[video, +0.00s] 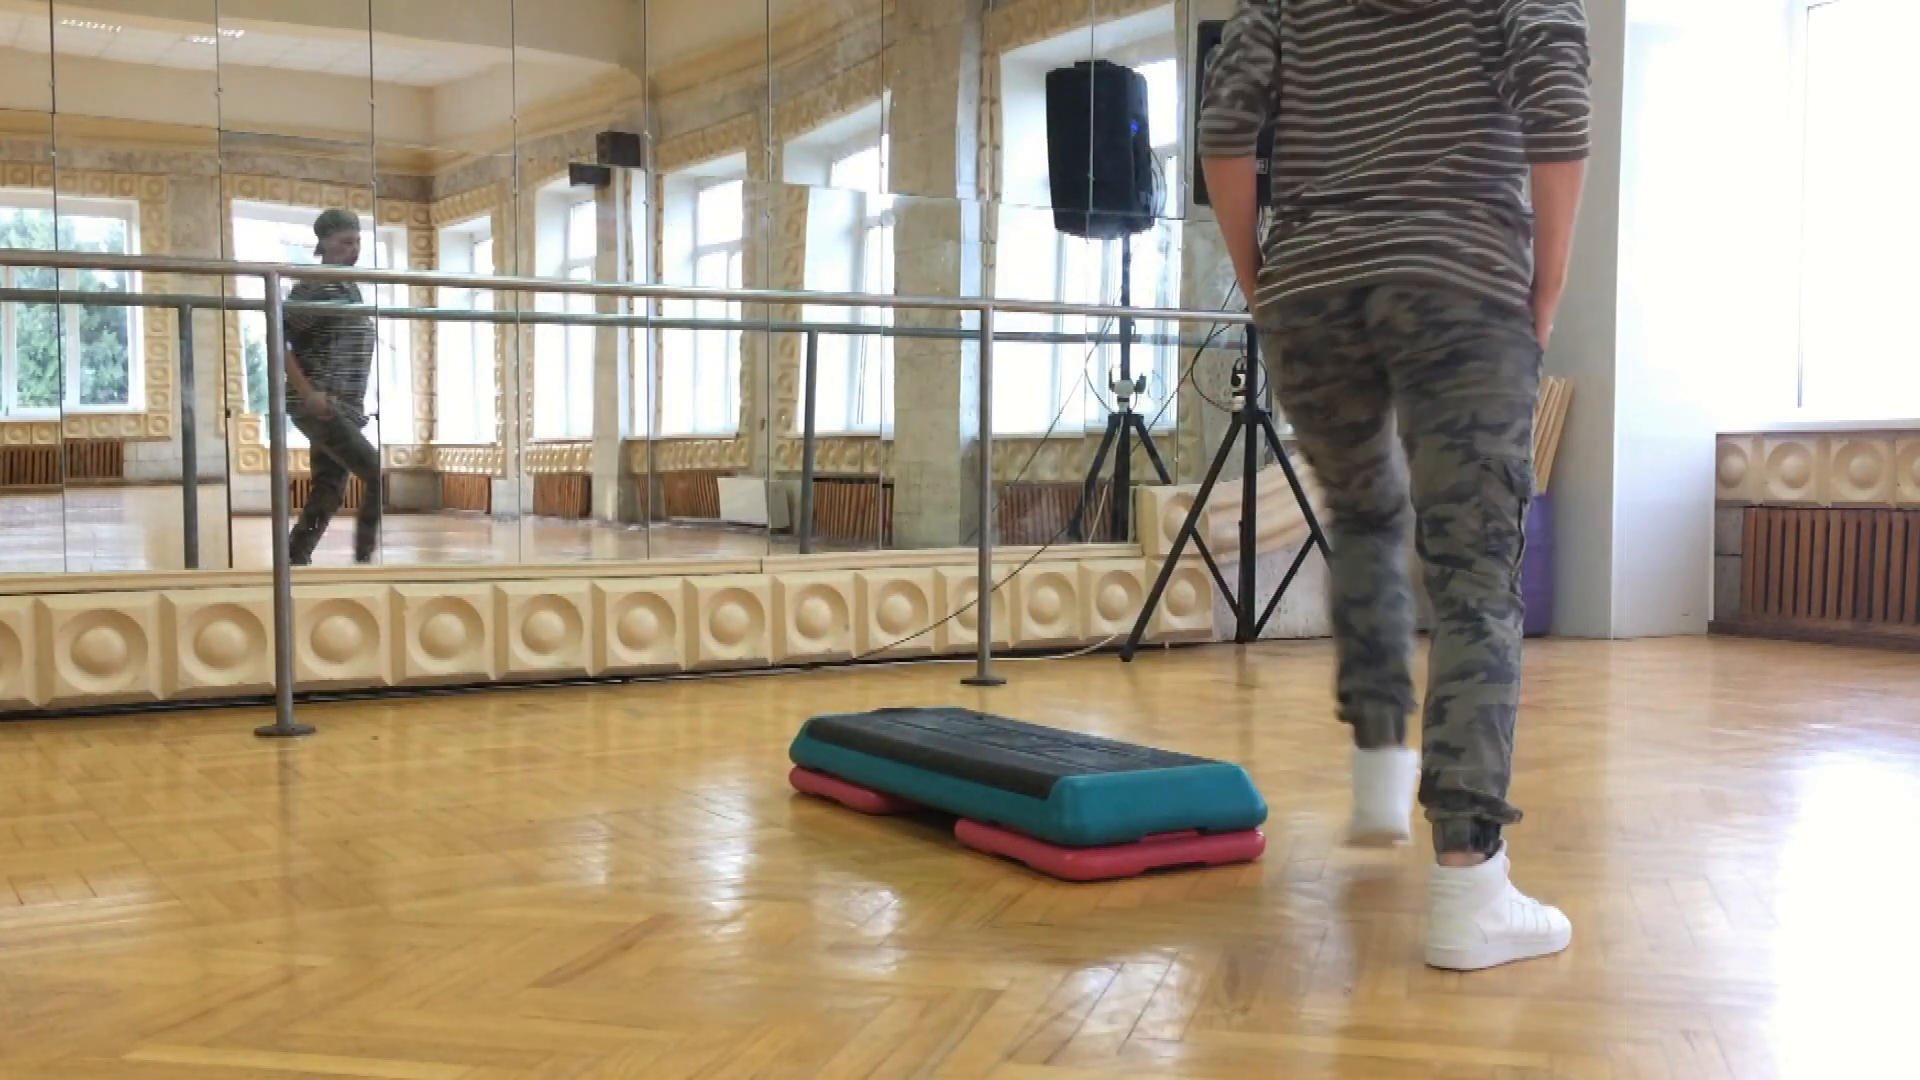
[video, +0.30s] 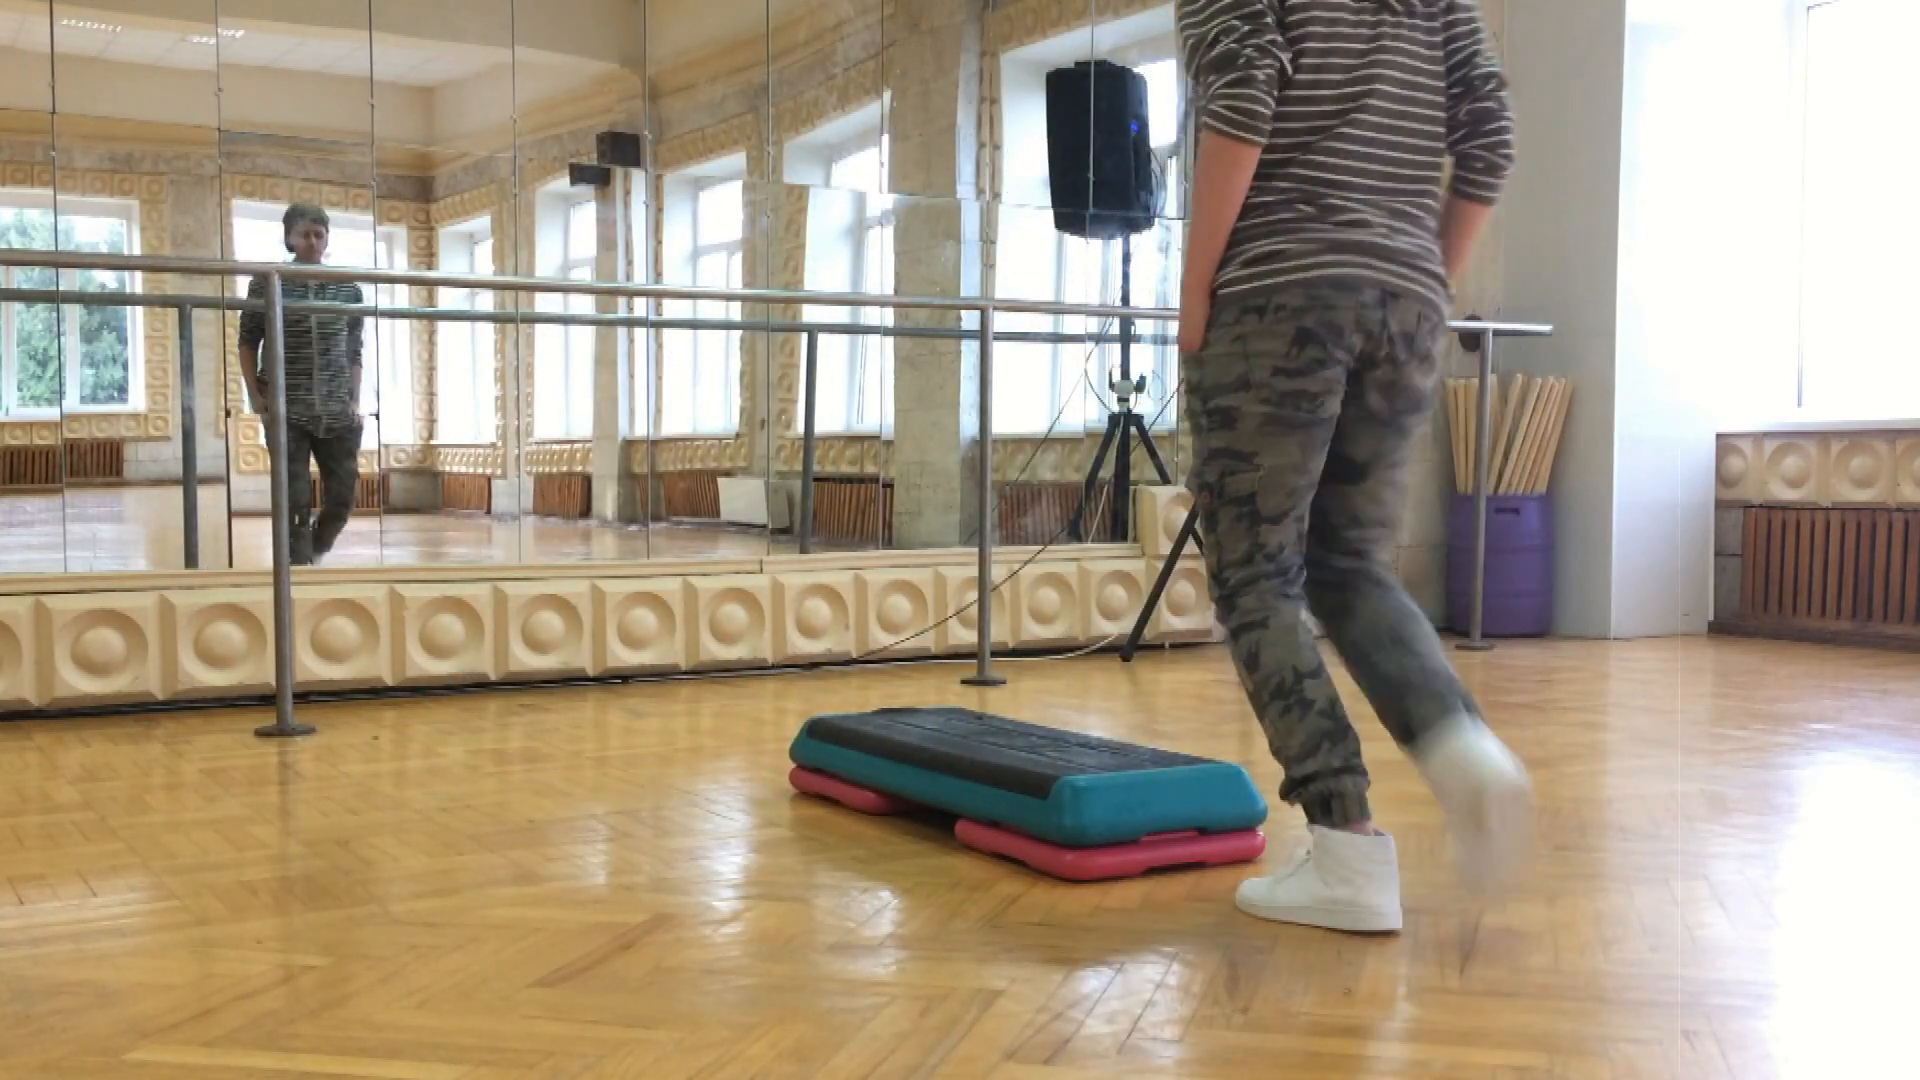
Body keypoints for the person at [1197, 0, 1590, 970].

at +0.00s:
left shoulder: (1276, 6)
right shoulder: (1523, 7)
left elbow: (1225, 133)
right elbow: (1556, 131)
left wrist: (1257, 280)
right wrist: (1546, 292)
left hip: (1302, 282)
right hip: (1457, 268)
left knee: (1361, 515)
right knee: (1472, 566)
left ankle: (1379, 769)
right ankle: (1469, 884)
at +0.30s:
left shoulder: (1234, 1)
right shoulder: (1440, 5)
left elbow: (1240, 101)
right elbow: (1485, 129)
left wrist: (1195, 286)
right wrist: (1431, 283)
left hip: (1284, 283)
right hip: (1412, 293)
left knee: (1257, 574)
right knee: (1351, 563)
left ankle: (1346, 851)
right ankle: (1463, 747)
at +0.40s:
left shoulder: (1206, 3)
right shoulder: (1401, 7)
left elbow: (1229, 93)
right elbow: (1456, 128)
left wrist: (1184, 287)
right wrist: (1397, 267)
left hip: (1269, 284)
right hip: (1388, 291)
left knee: (1238, 575)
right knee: (1258, 485)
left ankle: (1345, 849)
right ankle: (1348, 649)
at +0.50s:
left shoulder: (1180, 4)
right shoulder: (1360, 7)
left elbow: (1201, 107)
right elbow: (1443, 124)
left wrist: (1166, 294)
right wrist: (1370, 251)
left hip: (1248, 293)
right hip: (1358, 306)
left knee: (1222, 582)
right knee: (1193, 439)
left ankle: (1347, 849)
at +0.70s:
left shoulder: (1114, 6)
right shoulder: (1297, 5)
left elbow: (1129, 110)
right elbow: (1373, 132)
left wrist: (1094, 294)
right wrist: (1297, 256)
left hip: (1177, 285)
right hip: (1286, 294)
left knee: (1109, 553)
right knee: (1143, 503)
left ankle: (1268, 782)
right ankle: (1122, 743)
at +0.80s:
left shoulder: (1085, 4)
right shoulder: (1268, 6)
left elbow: (1110, 90)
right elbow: (1343, 128)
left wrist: (1081, 277)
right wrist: (1274, 256)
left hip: (1159, 274)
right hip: (1268, 288)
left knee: (1024, 518)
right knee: (1133, 489)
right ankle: (1122, 752)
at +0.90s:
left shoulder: (1072, 1)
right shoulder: (1245, 7)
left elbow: (1095, 84)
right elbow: (1317, 131)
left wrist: (1067, 262)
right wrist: (1260, 258)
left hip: (1144, 268)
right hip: (1249, 282)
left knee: (998, 505)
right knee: (1128, 489)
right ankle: (1123, 737)